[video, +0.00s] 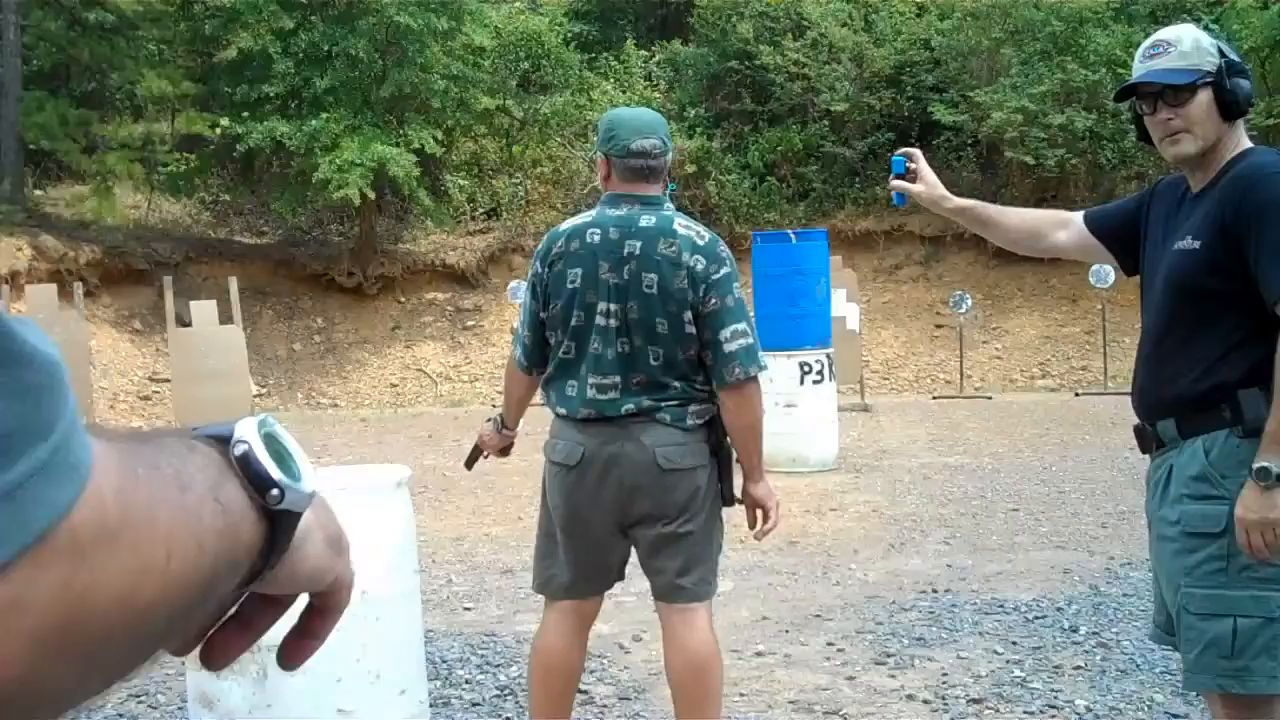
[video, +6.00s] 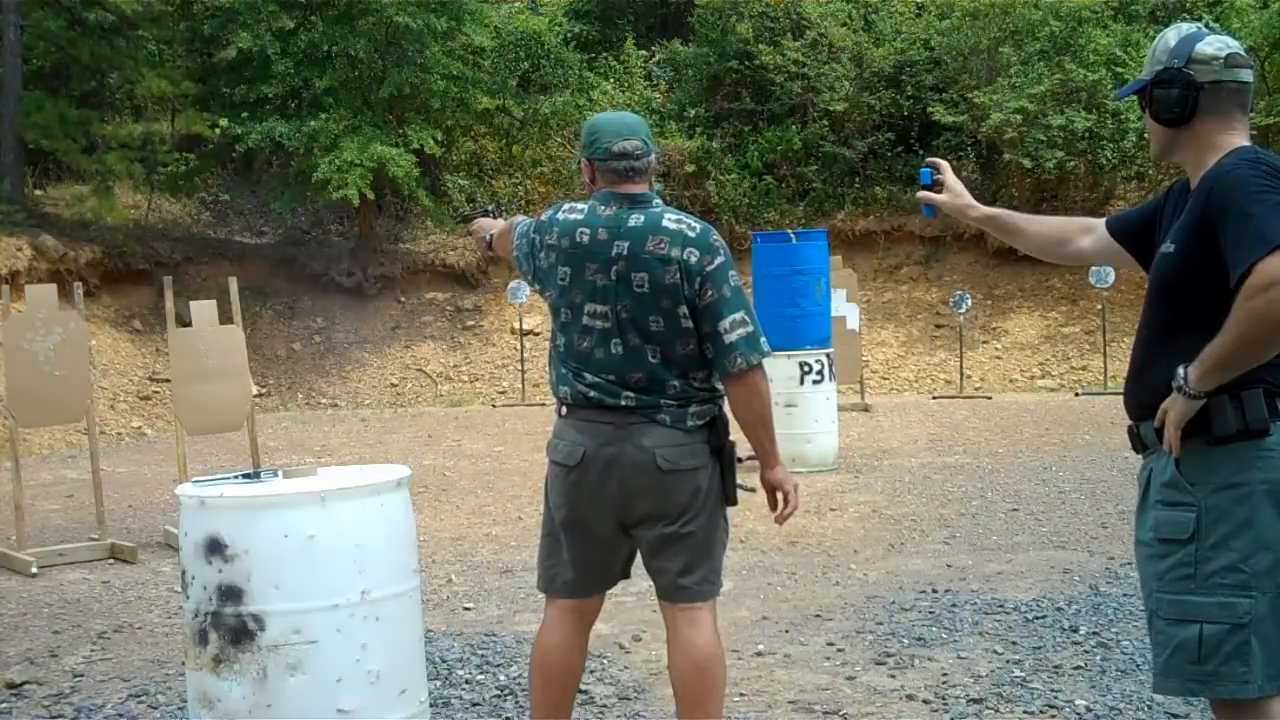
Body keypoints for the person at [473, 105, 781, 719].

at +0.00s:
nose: (595, 170)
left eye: (596, 162)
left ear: (604, 168)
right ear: (669, 168)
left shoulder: (560, 244)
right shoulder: (702, 248)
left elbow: (528, 356)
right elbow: (736, 376)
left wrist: (505, 423)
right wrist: (754, 474)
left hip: (580, 452)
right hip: (676, 452)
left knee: (567, 608)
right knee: (686, 610)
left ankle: (547, 715)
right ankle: (702, 715)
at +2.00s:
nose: (596, 169)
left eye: (598, 161)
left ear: (604, 167)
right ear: (668, 167)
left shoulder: (561, 243)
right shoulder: (703, 247)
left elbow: (530, 356)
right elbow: (738, 375)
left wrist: (508, 425)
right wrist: (756, 472)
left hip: (581, 453)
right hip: (677, 454)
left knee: (568, 608)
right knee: (688, 611)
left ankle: (547, 715)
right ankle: (701, 715)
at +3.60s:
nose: (593, 171)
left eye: (594, 163)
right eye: (597, 162)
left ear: (602, 169)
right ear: (666, 168)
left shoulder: (563, 242)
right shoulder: (705, 245)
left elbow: (525, 333)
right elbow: (743, 370)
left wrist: (500, 383)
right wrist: (759, 469)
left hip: (583, 451)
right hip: (680, 452)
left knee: (567, 607)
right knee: (690, 610)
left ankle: (547, 715)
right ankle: (701, 715)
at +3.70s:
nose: (588, 171)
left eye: (589, 164)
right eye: (591, 163)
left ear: (597, 169)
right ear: (659, 166)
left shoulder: (562, 239)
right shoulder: (704, 243)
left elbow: (514, 301)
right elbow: (746, 365)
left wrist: (485, 312)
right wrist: (766, 464)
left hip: (586, 451)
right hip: (682, 452)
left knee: (568, 607)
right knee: (691, 611)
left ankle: (546, 715)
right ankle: (701, 715)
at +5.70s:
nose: (585, 171)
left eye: (585, 164)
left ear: (590, 170)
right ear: (655, 167)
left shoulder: (561, 230)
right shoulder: (699, 241)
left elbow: (512, 241)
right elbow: (741, 366)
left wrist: (496, 228)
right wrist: (769, 461)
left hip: (584, 446)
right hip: (678, 451)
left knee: (568, 608)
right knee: (691, 611)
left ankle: (547, 716)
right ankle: (701, 716)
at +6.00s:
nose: (582, 171)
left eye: (583, 164)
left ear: (588, 171)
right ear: (653, 167)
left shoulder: (560, 230)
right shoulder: (698, 241)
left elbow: (507, 241)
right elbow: (740, 364)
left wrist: (490, 227)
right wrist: (770, 460)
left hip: (583, 446)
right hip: (678, 450)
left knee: (568, 609)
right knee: (691, 611)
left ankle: (548, 716)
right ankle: (702, 715)